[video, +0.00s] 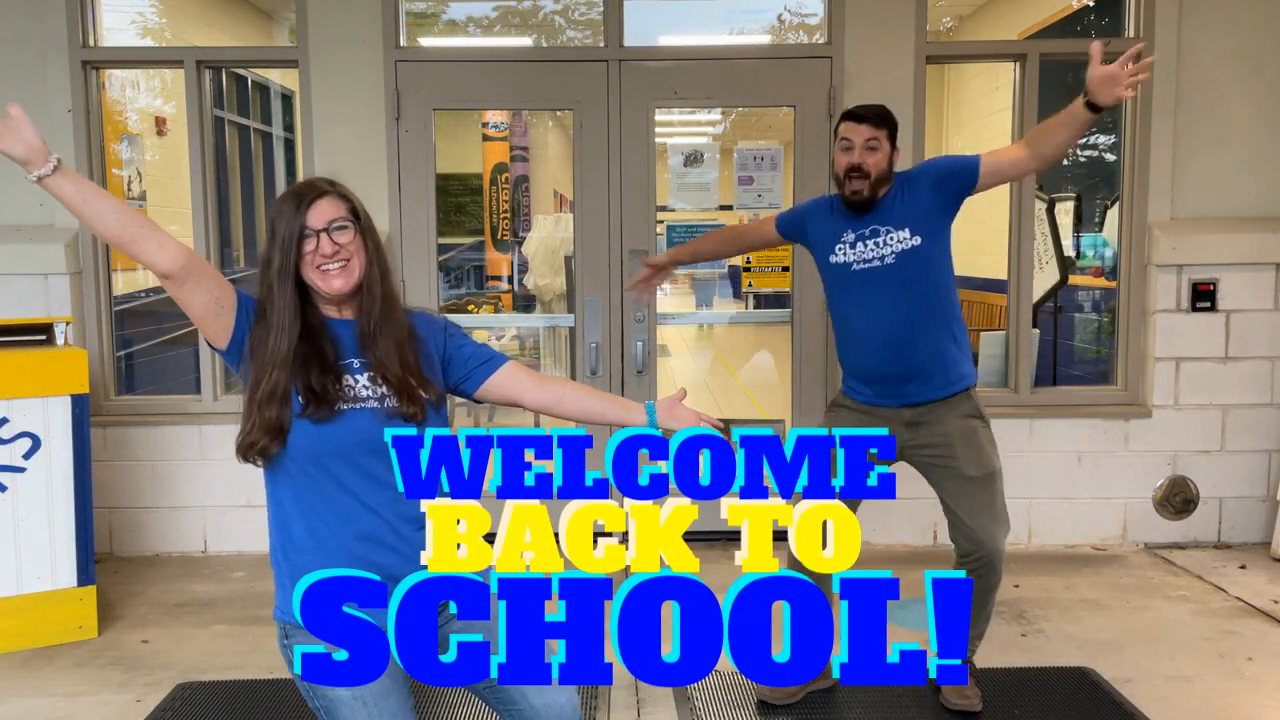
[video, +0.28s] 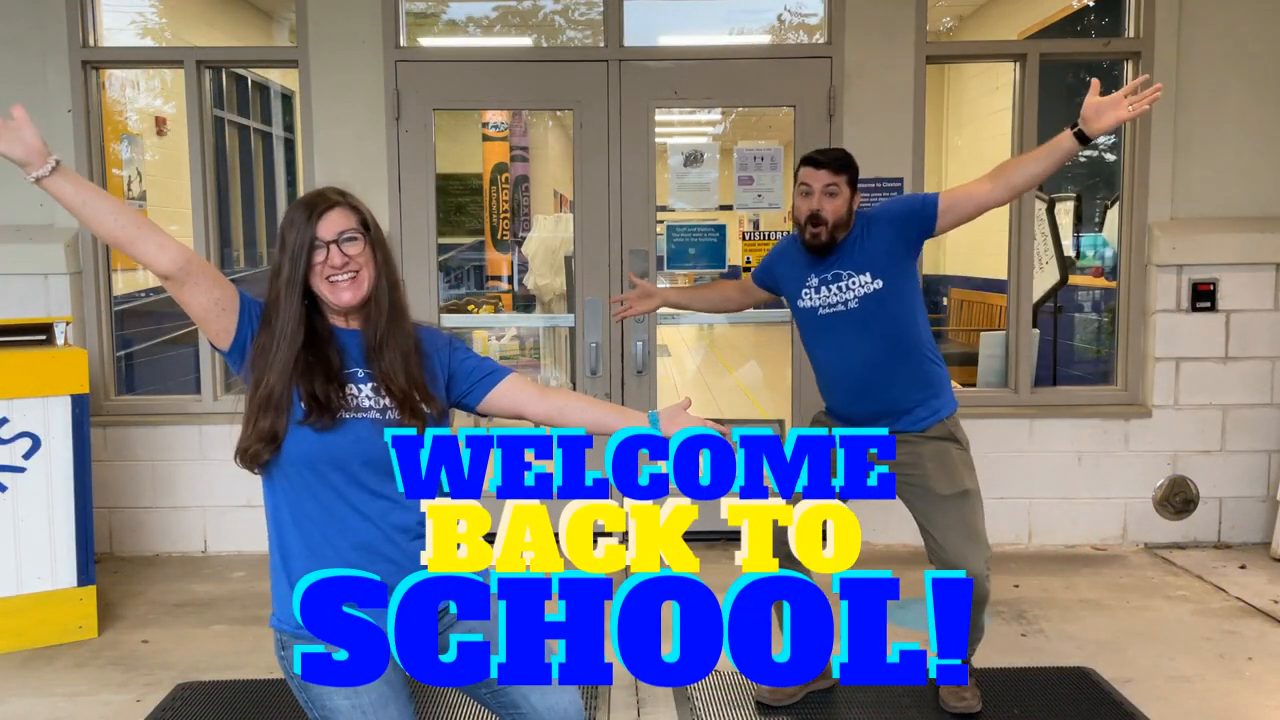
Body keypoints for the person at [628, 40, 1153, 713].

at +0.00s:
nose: (855, 158)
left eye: (868, 147)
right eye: (845, 146)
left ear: (893, 155)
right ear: (831, 156)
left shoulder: (933, 184)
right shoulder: (813, 218)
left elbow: (1026, 155)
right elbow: (741, 236)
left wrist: (1091, 103)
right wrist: (669, 259)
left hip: (947, 410)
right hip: (860, 411)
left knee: (986, 546)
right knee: (809, 531)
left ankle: (955, 662)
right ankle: (809, 653)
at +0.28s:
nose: (815, 205)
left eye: (830, 193)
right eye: (806, 192)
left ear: (853, 197)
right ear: (793, 195)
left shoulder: (894, 222)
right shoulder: (786, 259)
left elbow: (993, 187)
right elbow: (736, 293)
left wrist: (1079, 133)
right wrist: (663, 296)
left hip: (924, 431)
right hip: (842, 435)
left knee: (967, 568)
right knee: (796, 545)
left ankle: (953, 668)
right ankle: (807, 659)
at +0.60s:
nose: (806, 201)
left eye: (822, 191)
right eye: (796, 189)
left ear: (846, 196)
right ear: (784, 194)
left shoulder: (886, 220)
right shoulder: (773, 259)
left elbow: (983, 181)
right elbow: (718, 290)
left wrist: (1069, 128)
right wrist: (647, 298)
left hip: (918, 429)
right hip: (836, 433)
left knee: (964, 562)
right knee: (798, 549)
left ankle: (954, 666)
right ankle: (808, 661)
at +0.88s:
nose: (806, 190)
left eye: (821, 179)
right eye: (797, 178)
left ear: (847, 183)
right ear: (786, 183)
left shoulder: (890, 219)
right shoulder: (776, 258)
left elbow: (984, 175)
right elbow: (709, 302)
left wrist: (1068, 117)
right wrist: (637, 318)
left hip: (918, 424)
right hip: (832, 429)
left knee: (962, 560)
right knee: (796, 548)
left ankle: (953, 665)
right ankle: (807, 663)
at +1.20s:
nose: (810, 181)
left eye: (825, 171)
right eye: (801, 170)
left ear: (850, 178)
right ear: (789, 177)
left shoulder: (893, 209)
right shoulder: (776, 251)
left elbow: (984, 159)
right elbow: (707, 297)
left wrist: (1068, 99)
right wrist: (635, 321)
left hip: (921, 421)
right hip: (833, 424)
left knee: (964, 556)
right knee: (796, 546)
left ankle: (955, 667)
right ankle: (806, 662)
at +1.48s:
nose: (818, 173)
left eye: (833, 164)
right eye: (810, 162)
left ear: (855, 172)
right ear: (797, 168)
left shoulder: (895, 203)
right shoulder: (778, 240)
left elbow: (986, 149)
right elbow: (709, 287)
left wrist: (1067, 88)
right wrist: (635, 310)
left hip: (916, 416)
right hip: (829, 418)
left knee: (957, 550)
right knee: (802, 545)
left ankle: (953, 666)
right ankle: (809, 662)